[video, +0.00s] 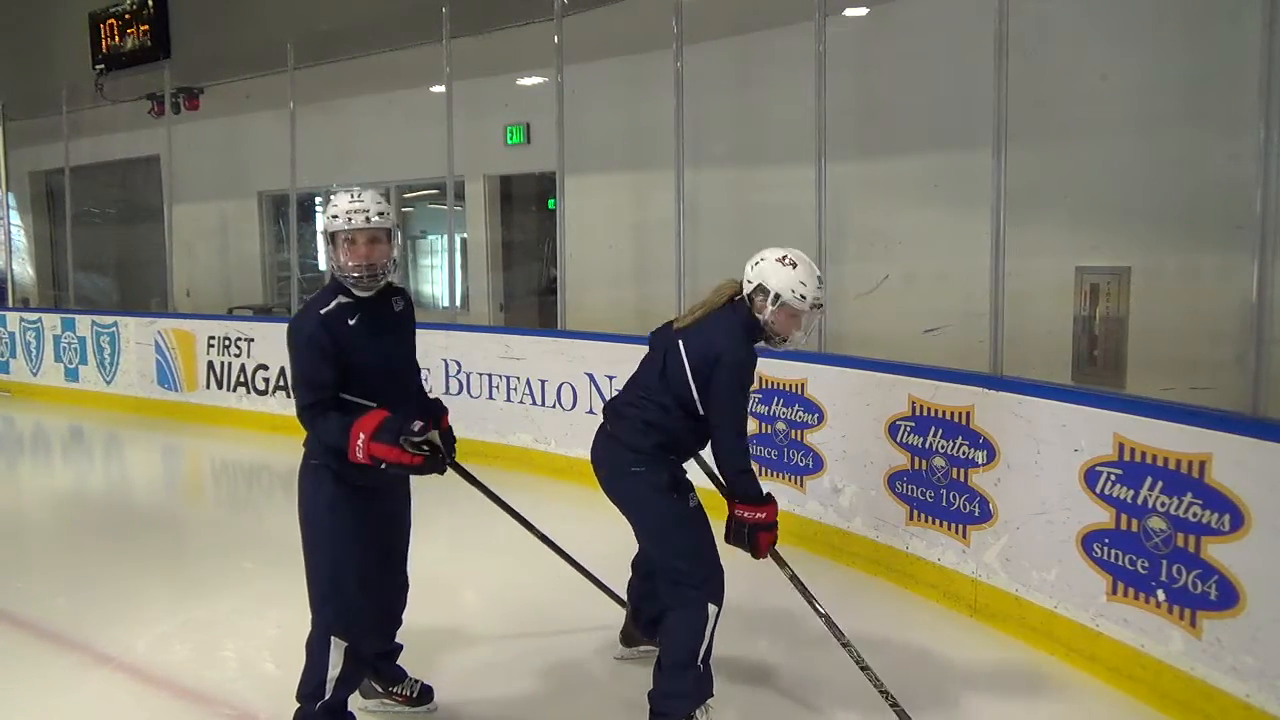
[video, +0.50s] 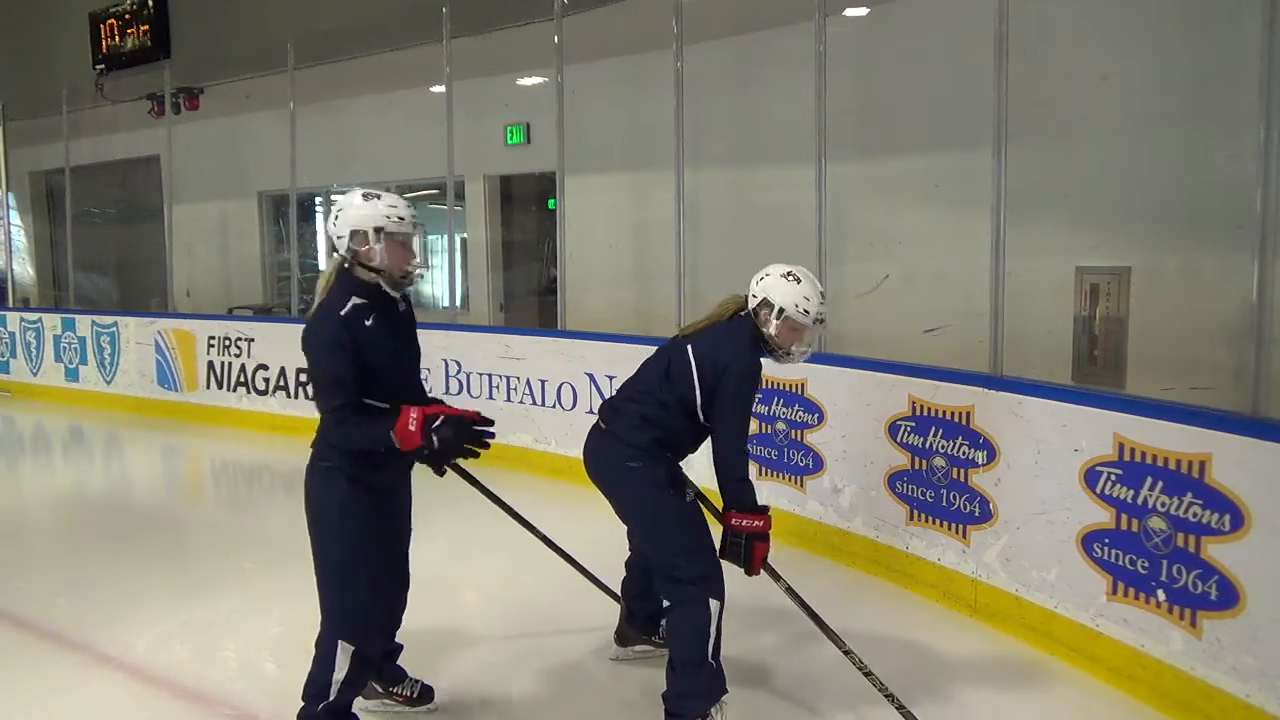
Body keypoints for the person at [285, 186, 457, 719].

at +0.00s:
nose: (364, 254)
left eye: (375, 242)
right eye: (352, 243)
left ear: (391, 247)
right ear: (334, 249)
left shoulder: (399, 305)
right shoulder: (315, 320)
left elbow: (405, 381)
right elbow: (316, 413)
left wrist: (432, 421)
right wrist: (375, 440)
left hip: (389, 474)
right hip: (335, 478)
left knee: (387, 580)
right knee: (344, 595)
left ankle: (376, 671)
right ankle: (321, 707)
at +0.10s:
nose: (365, 256)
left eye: (376, 243)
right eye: (352, 245)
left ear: (391, 247)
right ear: (333, 250)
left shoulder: (400, 305)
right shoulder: (314, 321)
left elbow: (411, 382)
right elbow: (313, 414)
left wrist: (436, 423)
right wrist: (374, 440)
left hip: (391, 474)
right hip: (336, 478)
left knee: (387, 580)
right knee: (342, 597)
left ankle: (376, 670)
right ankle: (321, 708)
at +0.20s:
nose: (367, 257)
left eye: (378, 244)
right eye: (354, 246)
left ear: (393, 248)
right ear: (334, 250)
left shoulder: (401, 306)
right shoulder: (314, 321)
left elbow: (412, 382)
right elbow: (313, 414)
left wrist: (437, 423)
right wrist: (378, 442)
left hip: (392, 474)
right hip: (336, 479)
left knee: (387, 580)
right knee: (345, 596)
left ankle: (377, 672)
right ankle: (323, 707)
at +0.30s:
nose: (375, 257)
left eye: (384, 244)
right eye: (361, 246)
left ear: (398, 247)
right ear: (340, 249)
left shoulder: (401, 306)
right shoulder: (317, 321)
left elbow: (411, 385)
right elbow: (316, 415)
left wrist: (435, 419)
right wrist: (377, 440)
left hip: (392, 472)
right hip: (338, 477)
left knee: (388, 580)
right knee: (346, 595)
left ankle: (377, 671)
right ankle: (322, 707)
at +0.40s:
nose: (385, 257)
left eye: (393, 244)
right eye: (371, 245)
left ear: (403, 247)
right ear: (344, 249)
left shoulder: (399, 306)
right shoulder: (322, 317)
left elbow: (409, 386)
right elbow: (324, 417)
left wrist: (439, 421)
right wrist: (401, 438)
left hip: (390, 470)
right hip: (339, 476)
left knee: (388, 581)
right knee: (348, 597)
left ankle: (377, 670)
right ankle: (322, 708)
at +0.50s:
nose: (412, 253)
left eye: (412, 241)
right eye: (399, 242)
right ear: (364, 247)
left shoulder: (394, 304)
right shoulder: (335, 319)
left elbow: (403, 389)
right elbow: (340, 419)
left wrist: (438, 426)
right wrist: (418, 429)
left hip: (387, 469)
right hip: (343, 476)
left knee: (388, 580)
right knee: (350, 603)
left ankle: (378, 670)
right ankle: (323, 708)